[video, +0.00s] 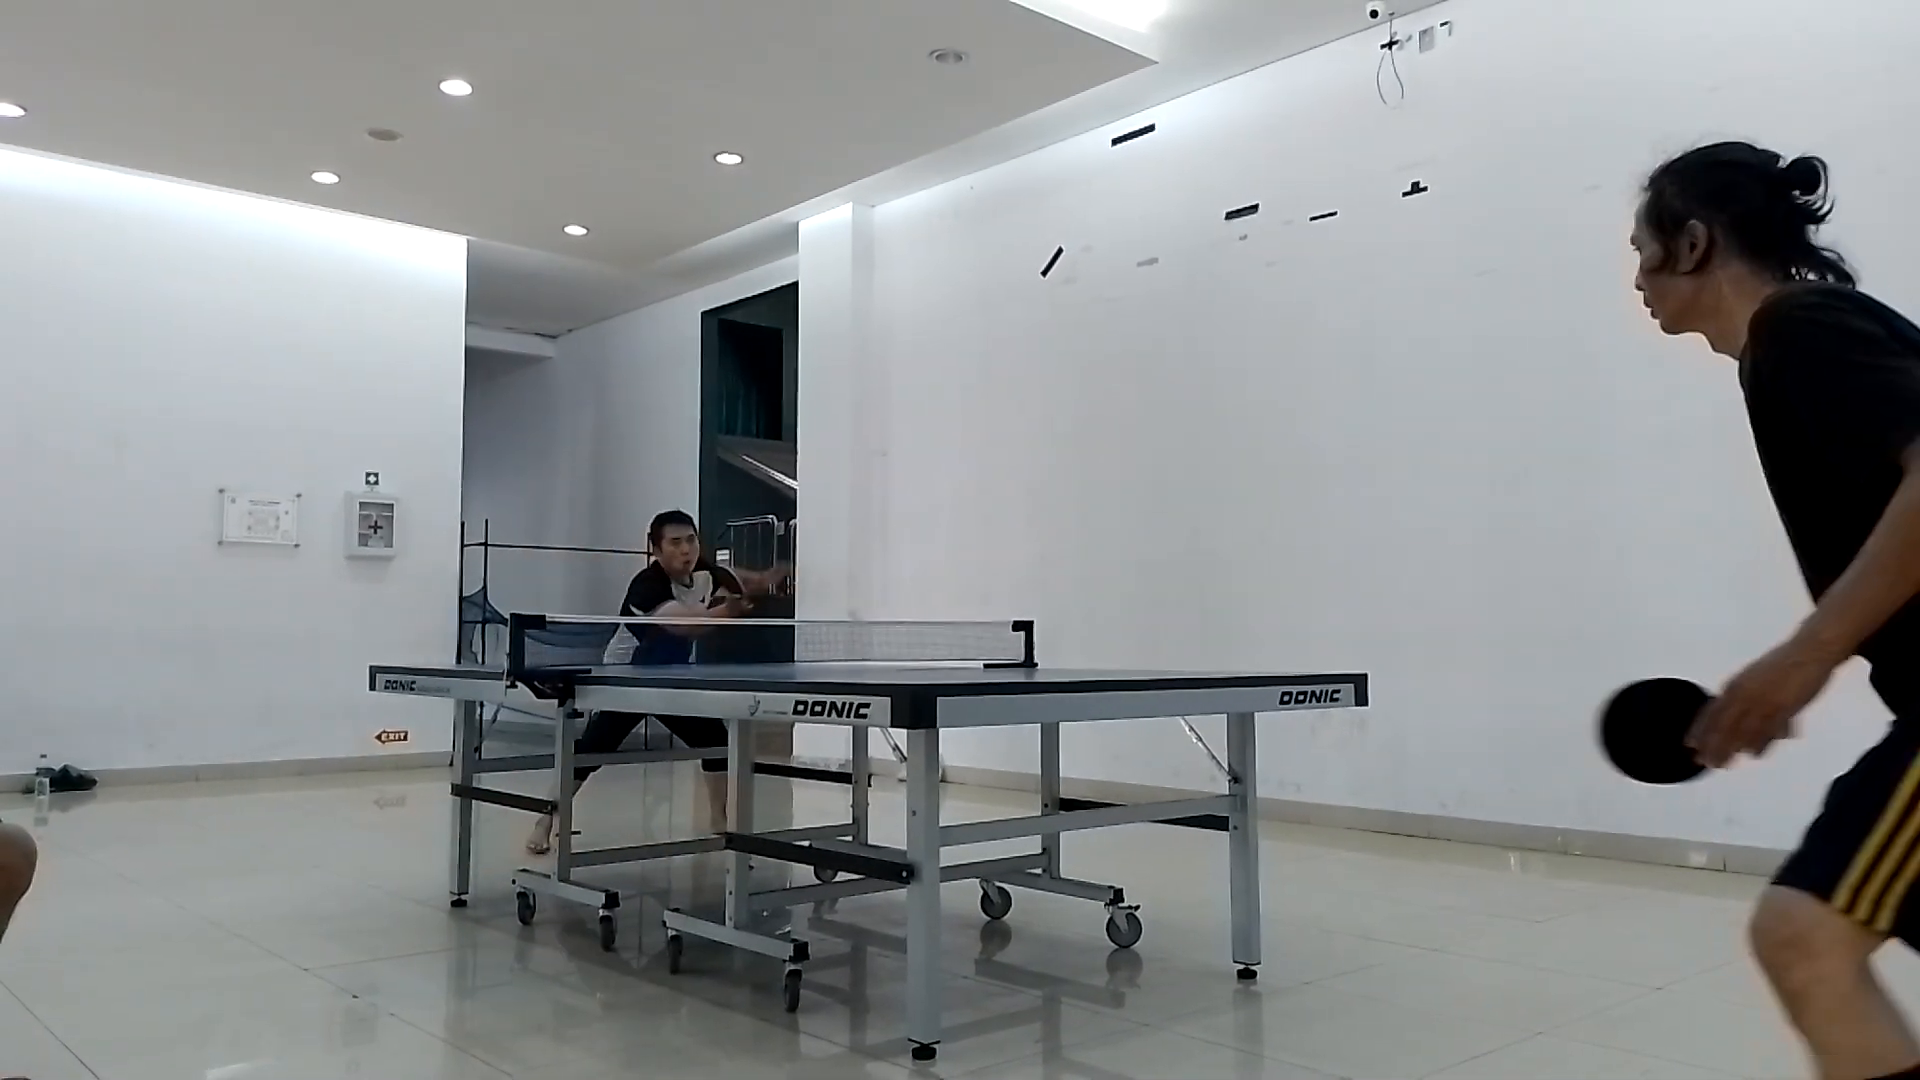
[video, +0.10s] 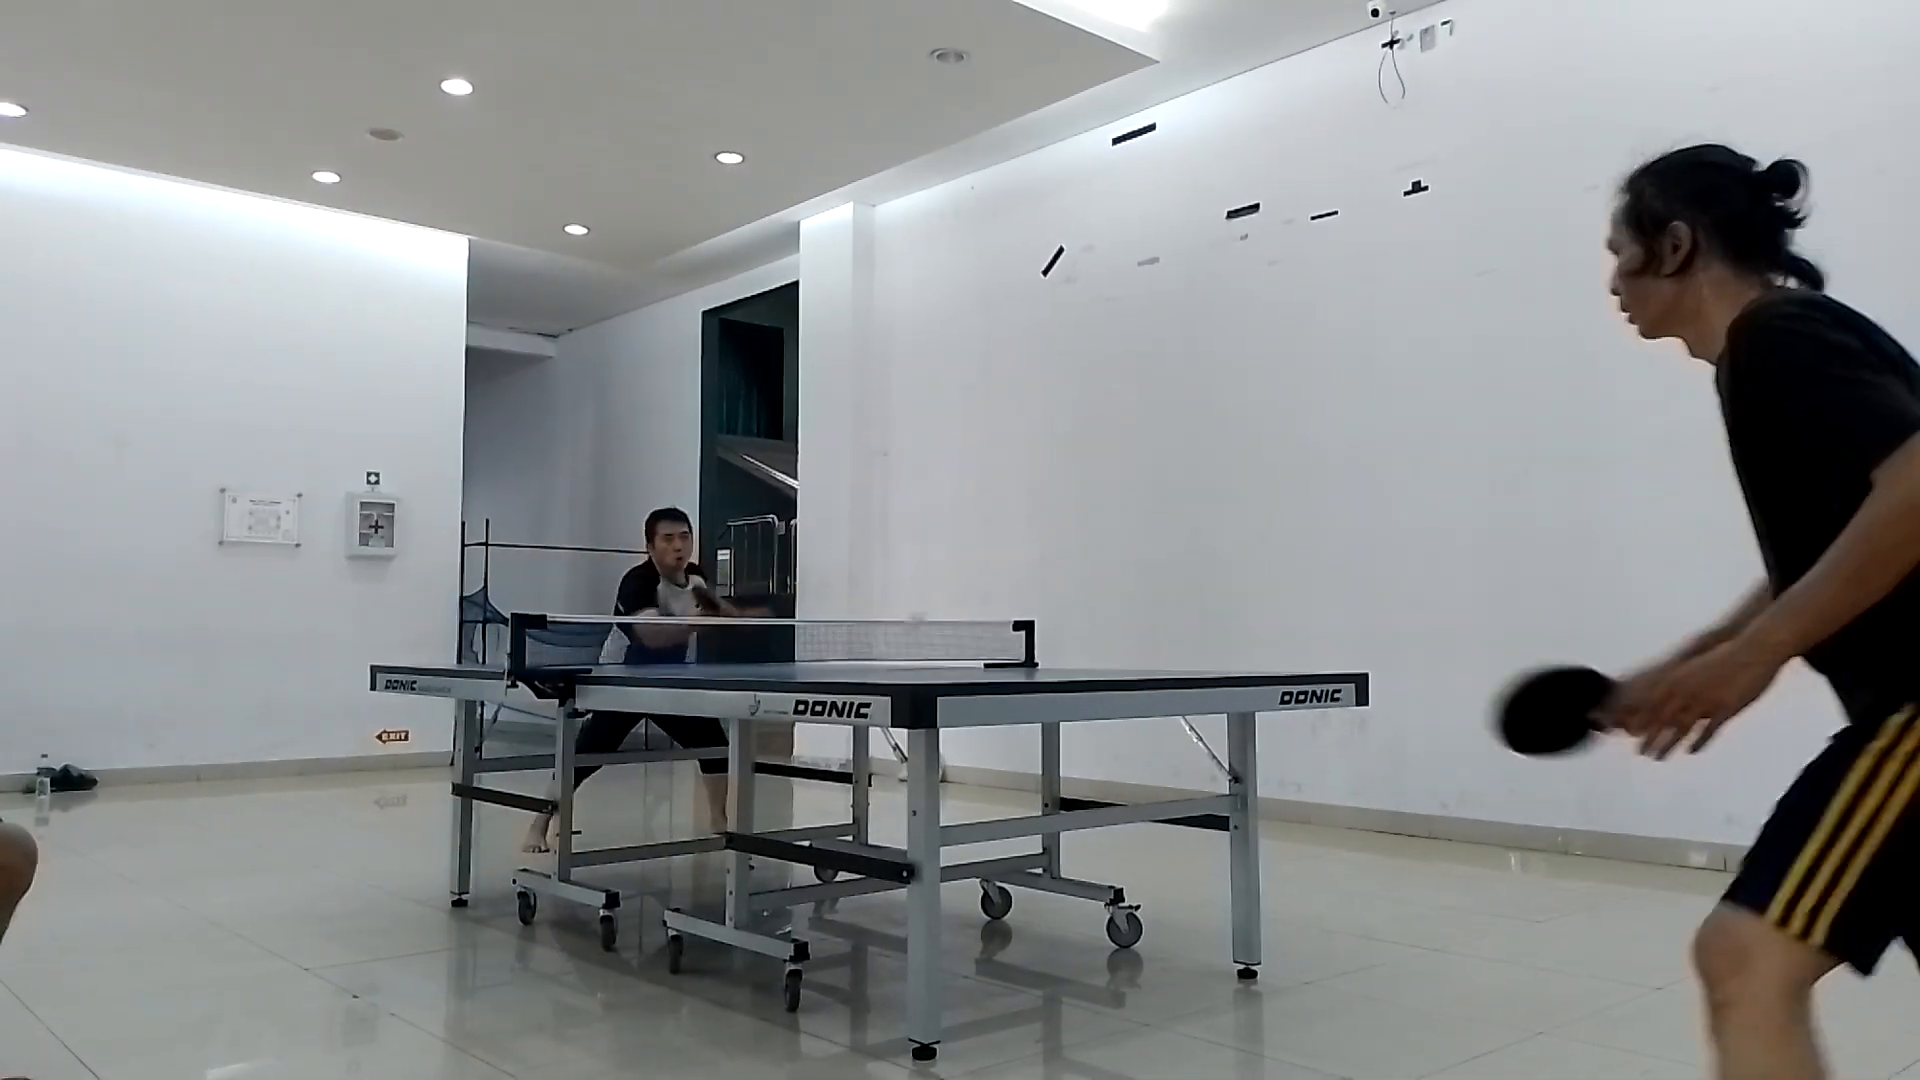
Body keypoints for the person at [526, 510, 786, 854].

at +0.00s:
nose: (687, 550)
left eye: (691, 541)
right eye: (676, 543)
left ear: (698, 544)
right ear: (657, 550)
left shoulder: (710, 576)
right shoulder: (646, 585)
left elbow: (746, 583)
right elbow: (683, 623)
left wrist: (772, 579)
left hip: (673, 685)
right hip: (626, 686)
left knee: (716, 741)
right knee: (595, 748)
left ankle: (720, 821)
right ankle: (548, 819)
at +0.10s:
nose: (678, 546)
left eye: (684, 537)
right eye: (668, 539)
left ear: (692, 541)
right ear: (651, 546)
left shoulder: (697, 578)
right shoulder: (637, 581)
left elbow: (723, 615)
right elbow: (652, 636)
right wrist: (695, 623)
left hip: (672, 690)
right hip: (625, 690)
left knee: (716, 748)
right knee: (593, 753)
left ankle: (720, 822)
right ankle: (542, 820)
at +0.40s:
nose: (680, 523)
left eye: (686, 515)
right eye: (670, 518)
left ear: (697, 523)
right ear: (656, 529)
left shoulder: (722, 566)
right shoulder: (642, 570)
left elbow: (757, 601)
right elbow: (619, 627)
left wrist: (738, 610)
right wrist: (633, 630)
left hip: (705, 681)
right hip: (654, 680)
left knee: (728, 752)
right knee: (608, 745)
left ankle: (720, 823)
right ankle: (560, 818)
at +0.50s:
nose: (682, 512)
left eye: (688, 504)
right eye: (672, 506)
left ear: (700, 511)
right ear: (660, 518)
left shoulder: (729, 553)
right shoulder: (649, 562)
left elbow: (768, 586)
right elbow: (631, 614)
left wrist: (753, 598)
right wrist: (635, 617)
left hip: (724, 669)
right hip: (671, 671)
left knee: (744, 746)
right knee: (637, 744)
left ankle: (735, 818)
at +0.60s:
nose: (686, 513)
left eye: (693, 506)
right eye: (677, 508)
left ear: (705, 514)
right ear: (665, 520)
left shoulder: (732, 553)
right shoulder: (656, 564)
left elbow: (775, 586)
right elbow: (641, 610)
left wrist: (747, 603)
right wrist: (644, 613)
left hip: (743, 669)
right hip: (687, 672)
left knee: (776, 743)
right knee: (659, 751)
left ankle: (785, 817)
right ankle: (663, 824)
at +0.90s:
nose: (690, 537)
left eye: (698, 528)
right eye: (682, 531)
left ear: (716, 532)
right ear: (675, 540)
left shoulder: (738, 564)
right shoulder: (674, 583)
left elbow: (747, 596)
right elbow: (662, 637)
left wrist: (691, 613)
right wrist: (646, 636)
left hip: (753, 681)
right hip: (702, 683)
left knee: (786, 748)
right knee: (654, 736)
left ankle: (818, 820)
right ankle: (619, 820)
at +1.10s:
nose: (657, 554)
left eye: (665, 544)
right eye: (651, 547)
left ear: (686, 544)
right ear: (646, 552)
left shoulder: (711, 571)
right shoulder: (657, 593)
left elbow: (692, 600)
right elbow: (652, 651)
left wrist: (640, 615)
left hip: (746, 686)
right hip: (693, 688)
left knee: (770, 747)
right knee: (639, 739)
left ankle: (803, 814)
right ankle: (614, 825)